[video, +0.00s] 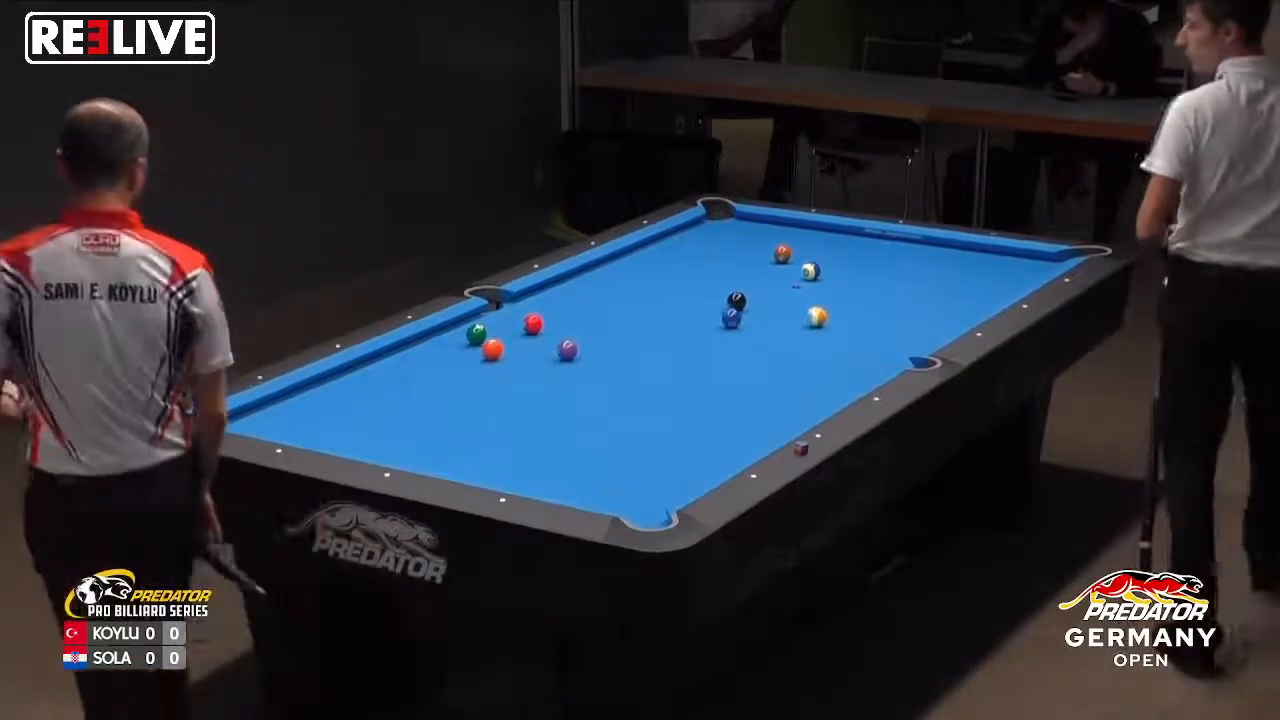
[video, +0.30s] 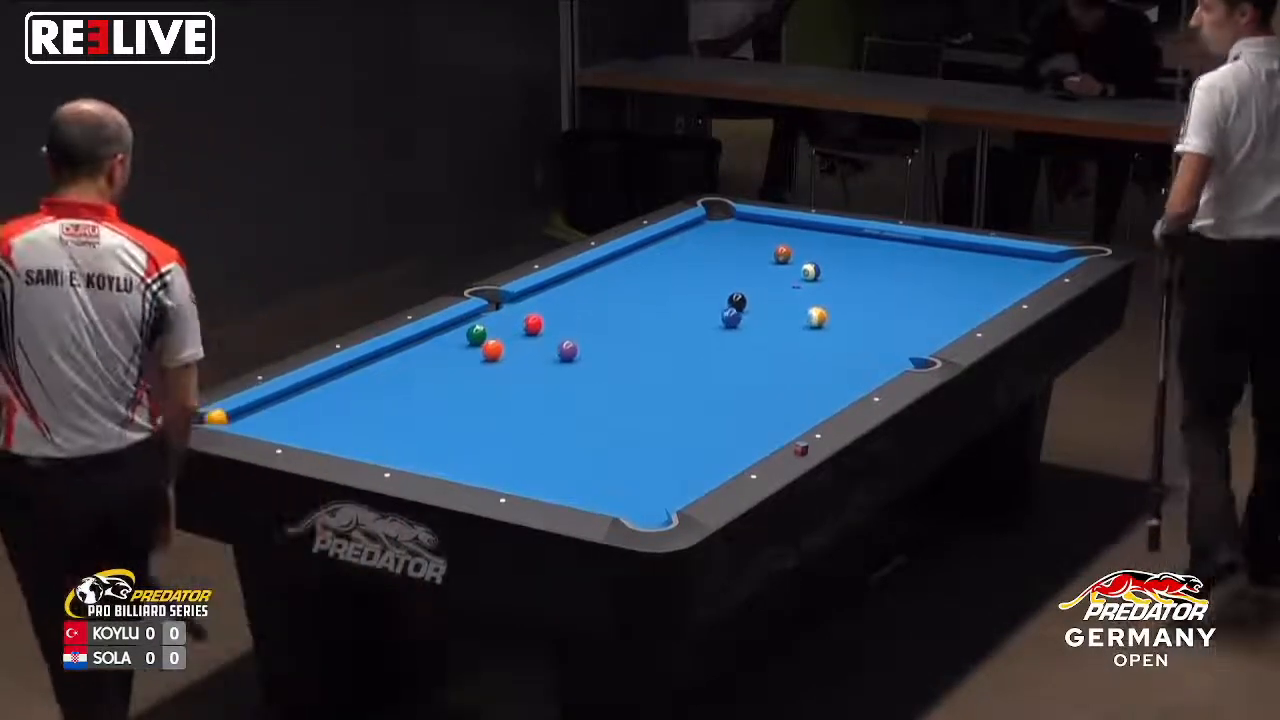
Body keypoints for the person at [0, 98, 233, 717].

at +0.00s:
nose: (145, 176)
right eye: (145, 165)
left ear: (61, 165)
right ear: (139, 172)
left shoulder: (17, 266)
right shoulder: (184, 271)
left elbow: (10, 388)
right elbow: (210, 411)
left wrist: (39, 409)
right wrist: (203, 491)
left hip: (60, 506)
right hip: (159, 498)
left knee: (94, 673)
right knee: (160, 669)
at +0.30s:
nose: (128, 171)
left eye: (126, 161)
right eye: (128, 162)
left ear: (49, 161)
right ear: (118, 167)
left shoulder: (8, 249)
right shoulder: (157, 264)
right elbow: (180, 404)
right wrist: (166, 486)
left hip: (30, 482)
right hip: (127, 478)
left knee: (57, 636)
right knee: (117, 633)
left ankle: (85, 711)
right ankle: (107, 713)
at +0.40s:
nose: (124, 161)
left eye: (124, 151)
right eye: (124, 151)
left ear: (46, 148)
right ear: (113, 156)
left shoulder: (7, 228)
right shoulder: (146, 251)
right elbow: (168, 392)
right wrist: (154, 473)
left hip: (20, 464)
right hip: (113, 463)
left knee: (34, 637)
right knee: (109, 627)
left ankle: (59, 713)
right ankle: (102, 712)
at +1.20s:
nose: (107, 143)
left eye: (112, 130)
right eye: (108, 128)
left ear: (51, 107)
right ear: (79, 117)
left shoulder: (4, 165)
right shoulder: (83, 204)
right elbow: (105, 344)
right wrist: (94, 399)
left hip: (4, 389)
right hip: (50, 398)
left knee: (3, 565)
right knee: (71, 567)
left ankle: (11, 696)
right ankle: (67, 705)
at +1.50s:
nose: (116, 121)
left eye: (120, 108)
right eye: (115, 107)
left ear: (58, 93)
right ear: (83, 101)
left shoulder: (4, 147)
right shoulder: (84, 187)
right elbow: (112, 322)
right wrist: (122, 355)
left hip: (2, 364)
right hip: (62, 373)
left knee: (8, 533)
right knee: (121, 506)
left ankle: (14, 684)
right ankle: (83, 661)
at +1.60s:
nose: (132, 114)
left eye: (136, 102)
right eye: (130, 102)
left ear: (78, 90)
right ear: (98, 97)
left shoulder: (7, 144)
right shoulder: (100, 184)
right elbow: (129, 313)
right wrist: (143, 339)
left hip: (12, 361)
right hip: (81, 367)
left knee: (16, 528)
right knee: (146, 493)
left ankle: (17, 681)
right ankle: (159, 633)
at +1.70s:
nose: (146, 117)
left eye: (150, 104)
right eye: (145, 103)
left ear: (88, 91)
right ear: (113, 97)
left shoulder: (11, 147)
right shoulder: (118, 185)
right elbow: (146, 308)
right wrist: (166, 325)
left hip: (19, 360)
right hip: (95, 365)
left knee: (24, 530)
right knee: (160, 496)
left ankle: (19, 681)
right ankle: (203, 615)